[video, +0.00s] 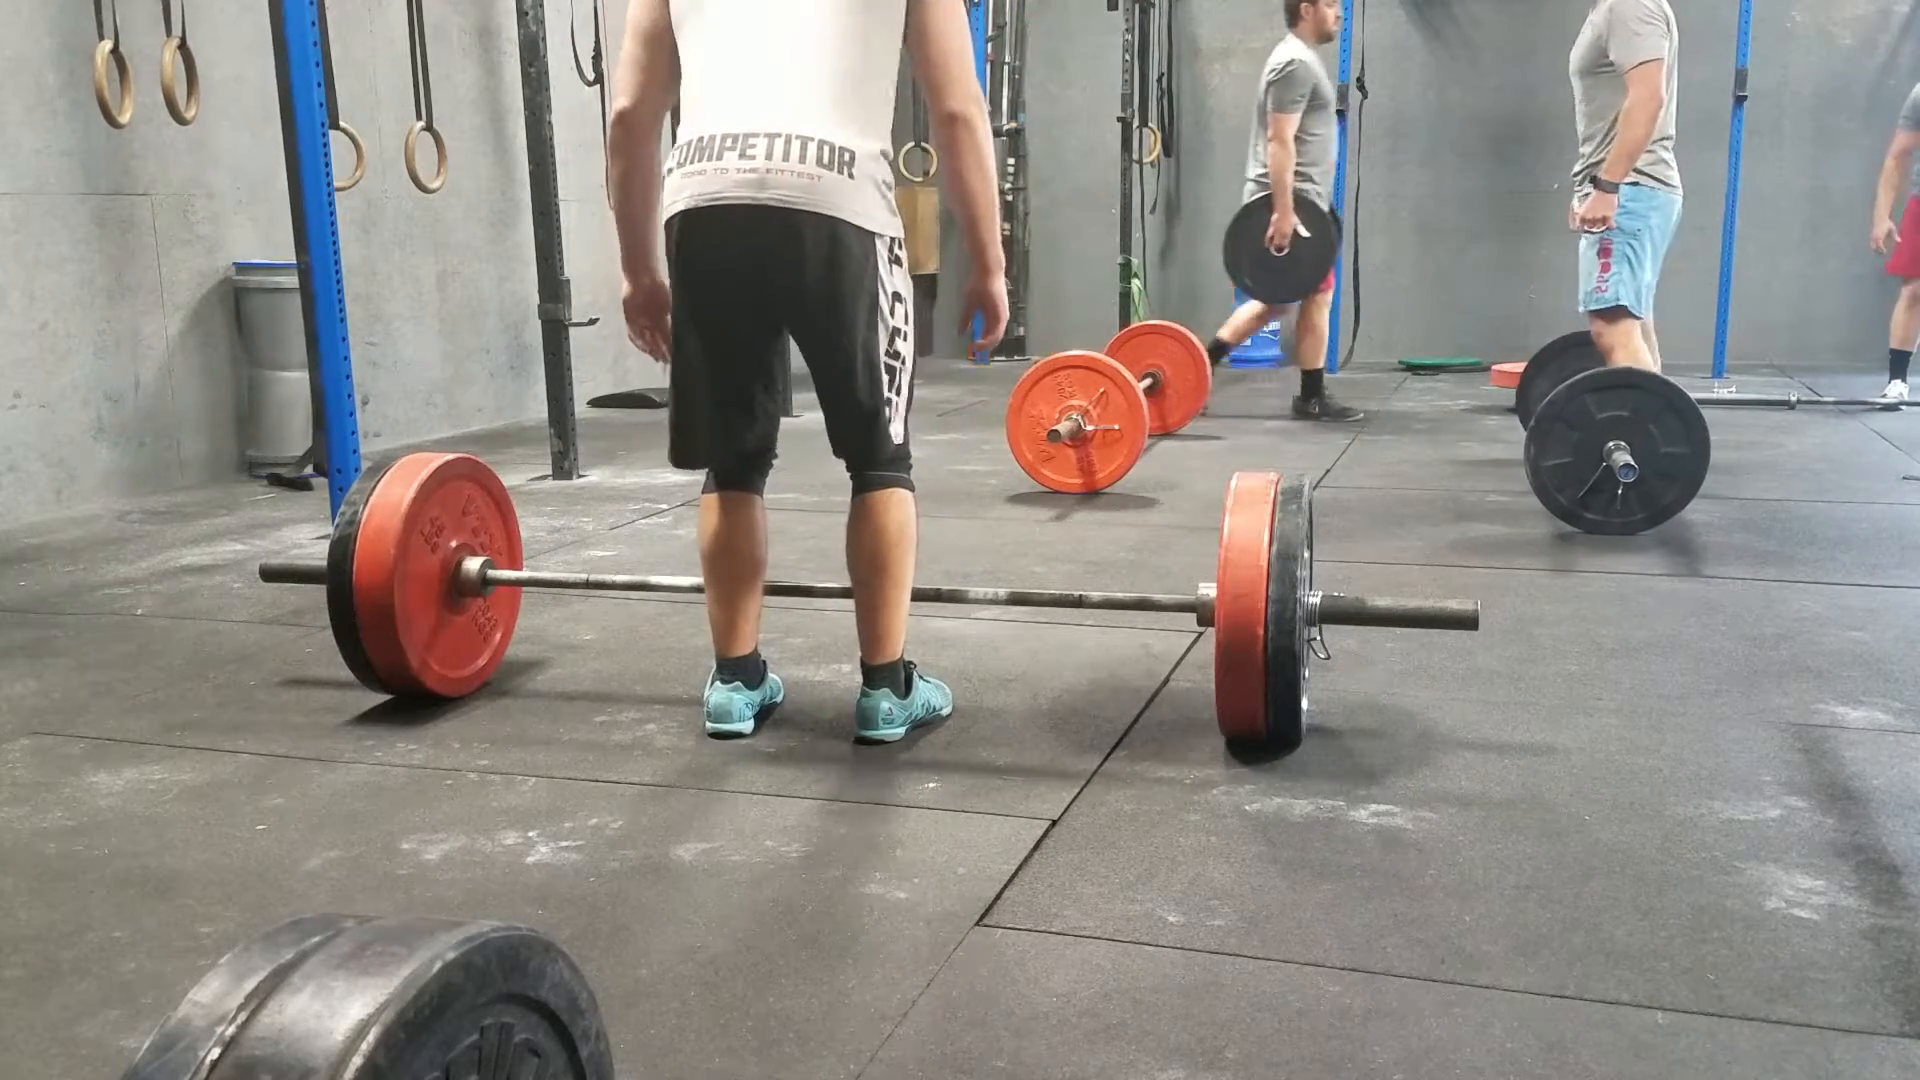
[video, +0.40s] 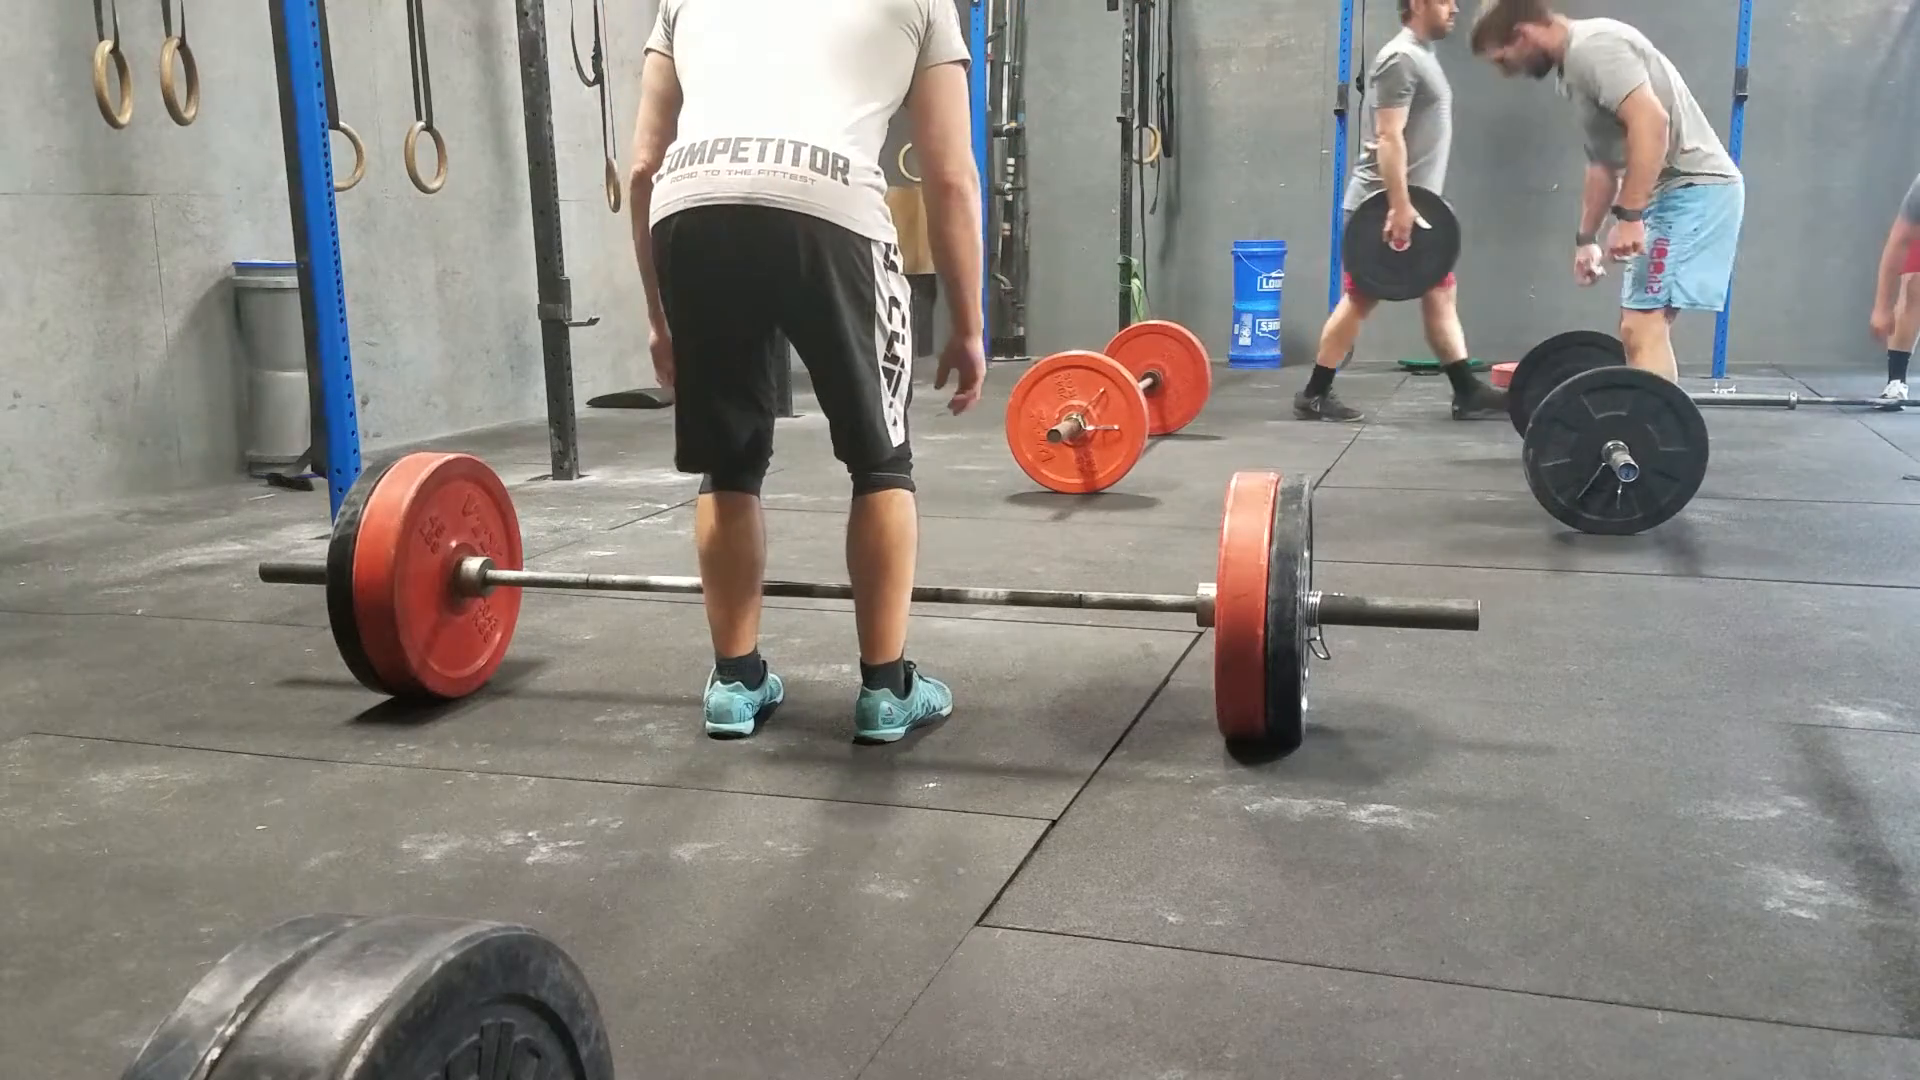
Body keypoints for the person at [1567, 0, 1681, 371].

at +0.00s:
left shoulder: (1631, 8)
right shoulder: (1615, 10)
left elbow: (1647, 99)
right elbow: (1619, 109)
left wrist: (1606, 186)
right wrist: (1587, 188)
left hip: (1630, 187)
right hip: (1636, 188)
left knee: (1613, 329)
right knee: (1632, 327)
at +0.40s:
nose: (1508, 72)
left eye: (1503, 60)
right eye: (1500, 64)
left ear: (1523, 33)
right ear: (1526, 34)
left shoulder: (1593, 47)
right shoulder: (1578, 66)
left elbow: (1650, 121)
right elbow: (1601, 164)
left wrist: (1629, 216)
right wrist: (1587, 238)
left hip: (1694, 186)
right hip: (1676, 188)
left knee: (1642, 327)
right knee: (1643, 329)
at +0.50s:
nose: (1501, 119)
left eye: (1495, 109)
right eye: (1493, 114)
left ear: (1512, 76)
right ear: (1511, 76)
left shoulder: (1580, 77)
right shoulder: (1562, 115)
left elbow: (1645, 144)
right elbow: (1593, 195)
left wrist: (1640, 236)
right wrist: (1586, 274)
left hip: (1711, 188)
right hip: (1686, 192)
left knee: (1646, 328)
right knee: (1647, 331)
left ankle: (1659, 458)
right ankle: (1661, 457)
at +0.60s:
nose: (1497, 159)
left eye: (1490, 150)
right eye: (1488, 156)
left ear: (1501, 121)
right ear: (1500, 121)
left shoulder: (1569, 109)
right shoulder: (1555, 149)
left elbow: (1645, 164)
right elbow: (1586, 227)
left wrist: (1652, 252)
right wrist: (1580, 308)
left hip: (1721, 187)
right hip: (1699, 193)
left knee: (1650, 324)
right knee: (1646, 325)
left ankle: (1658, 455)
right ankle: (1658, 453)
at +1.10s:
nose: (1497, 269)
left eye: (1485, 263)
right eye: (1487, 269)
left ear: (1487, 230)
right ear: (1491, 227)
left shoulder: (1546, 202)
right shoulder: (1543, 235)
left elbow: (1623, 248)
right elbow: (1582, 312)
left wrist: (1641, 334)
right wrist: (1582, 387)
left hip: (1726, 195)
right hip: (1712, 203)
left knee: (1632, 322)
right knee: (1640, 324)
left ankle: (1650, 439)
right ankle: (1652, 440)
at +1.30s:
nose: (1500, 279)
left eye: (1490, 272)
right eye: (1491, 280)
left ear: (1492, 237)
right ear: (1495, 234)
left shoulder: (1552, 218)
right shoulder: (1543, 237)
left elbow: (1602, 306)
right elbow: (1581, 320)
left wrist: (1607, 405)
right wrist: (1592, 400)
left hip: (1730, 201)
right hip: (1722, 205)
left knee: (1635, 319)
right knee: (1640, 326)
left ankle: (1643, 443)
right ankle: (1656, 443)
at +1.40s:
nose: (1504, 279)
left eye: (1494, 272)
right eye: (1494, 281)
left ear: (1498, 235)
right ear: (1503, 235)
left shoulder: (1556, 224)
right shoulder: (1553, 225)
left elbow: (1597, 319)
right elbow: (1591, 318)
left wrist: (1609, 413)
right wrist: (1601, 402)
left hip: (1731, 207)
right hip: (1744, 205)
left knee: (1632, 319)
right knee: (1663, 332)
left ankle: (1634, 438)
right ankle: (1657, 443)